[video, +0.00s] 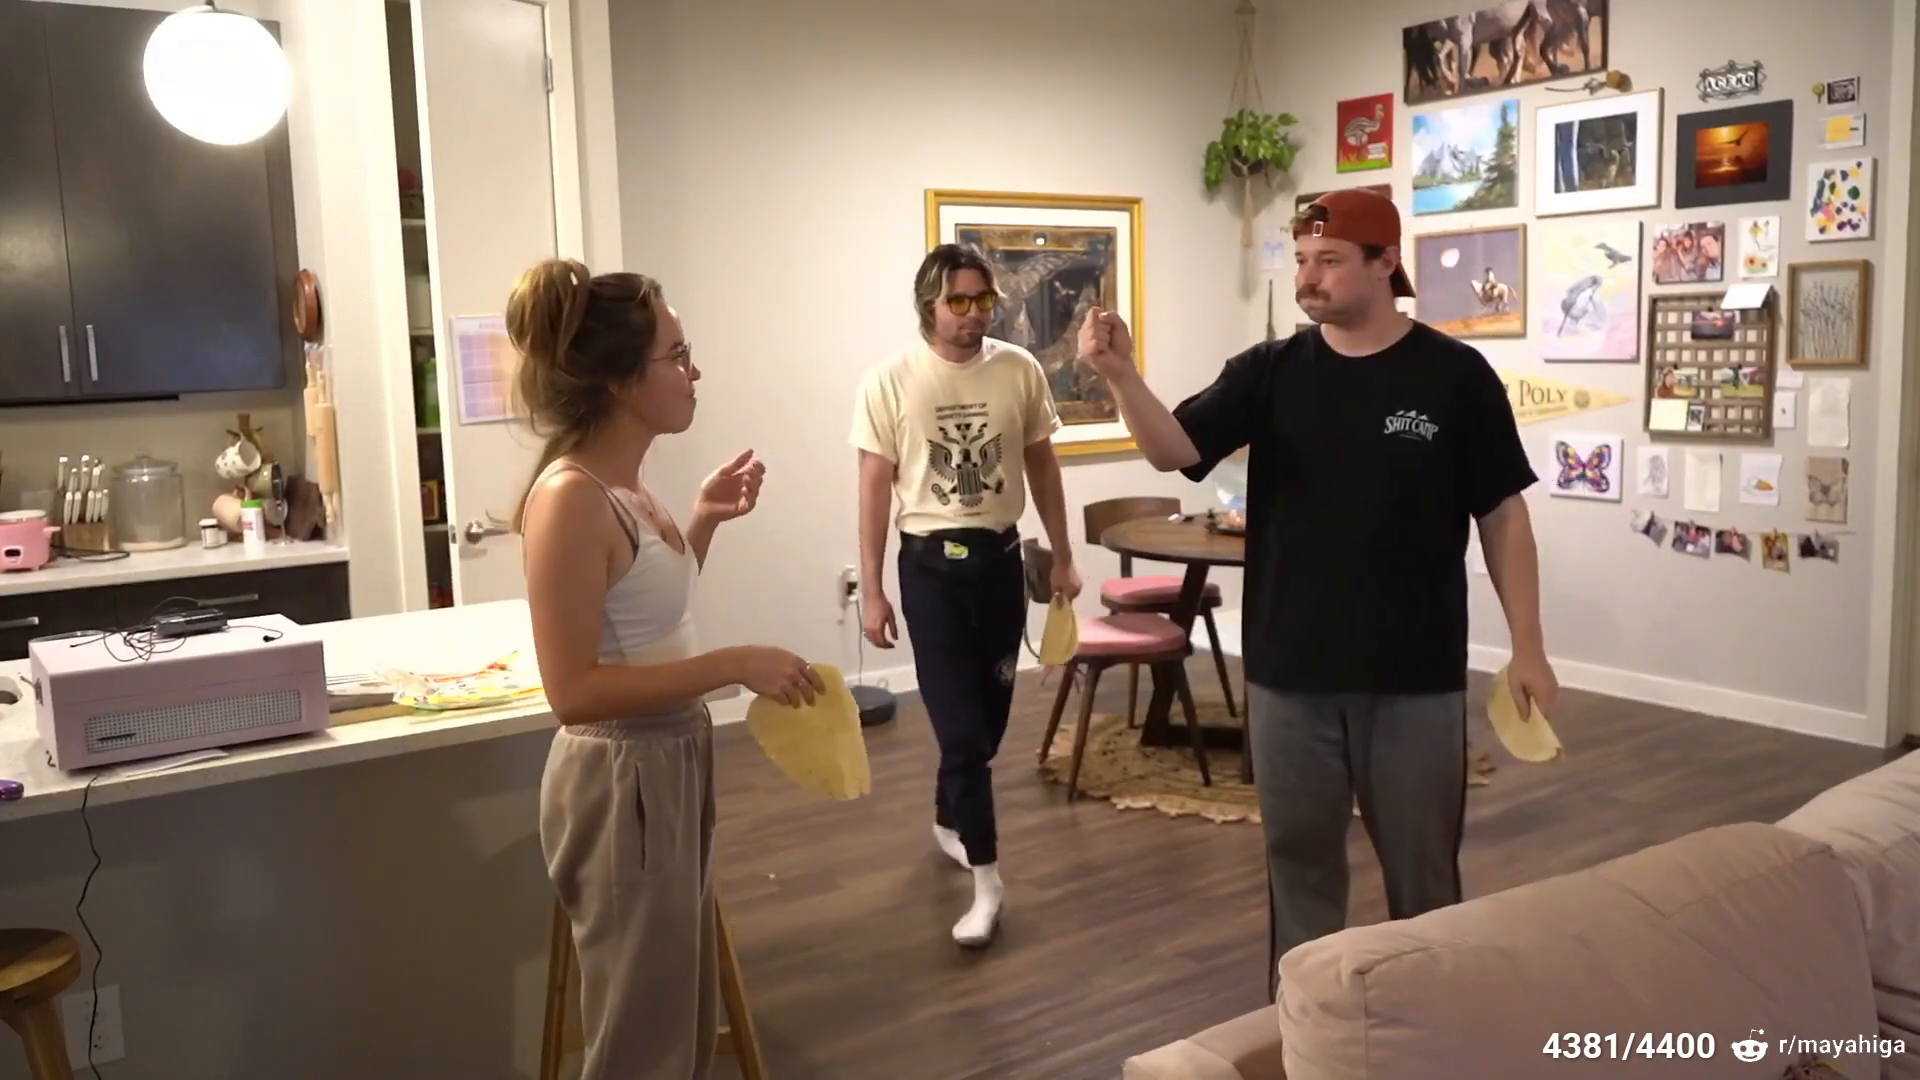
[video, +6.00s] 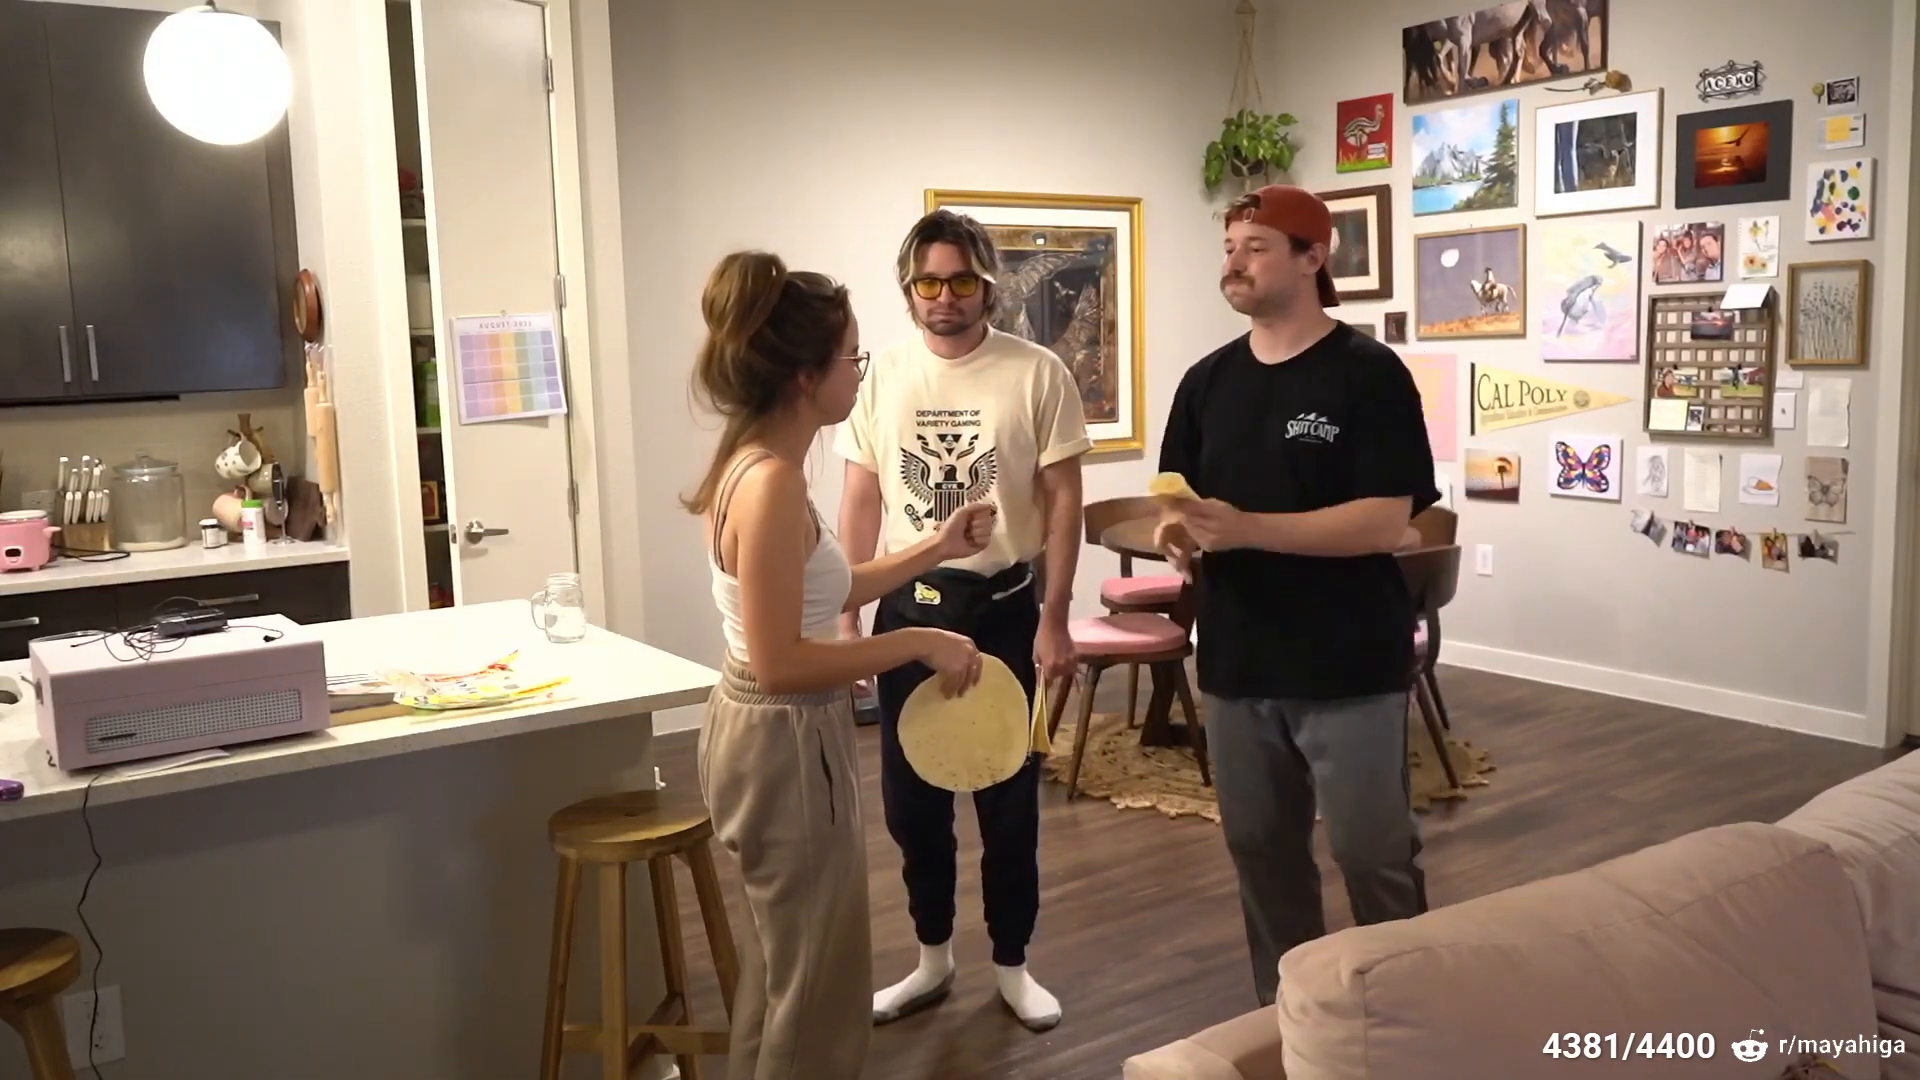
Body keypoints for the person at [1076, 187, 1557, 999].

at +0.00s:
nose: (1306, 275)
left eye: (1327, 260)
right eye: (1300, 261)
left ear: (1384, 267)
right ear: (1297, 269)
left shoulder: (1457, 375)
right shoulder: (1269, 371)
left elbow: (1502, 515)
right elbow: (1176, 450)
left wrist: (1529, 647)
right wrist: (1120, 372)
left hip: (1414, 677)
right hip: (1289, 674)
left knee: (1423, 883)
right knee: (1298, 875)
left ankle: (1436, 1040)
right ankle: (1301, 1039)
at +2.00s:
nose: (1269, 279)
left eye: (1288, 262)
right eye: (1262, 265)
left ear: (1345, 268)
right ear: (1256, 274)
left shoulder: (1422, 372)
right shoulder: (1236, 376)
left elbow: (1475, 512)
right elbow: (1139, 453)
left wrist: (1496, 642)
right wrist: (1175, 334)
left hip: (1400, 679)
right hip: (1272, 684)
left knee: (1418, 881)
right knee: (1293, 884)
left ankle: (1438, 1038)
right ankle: (1305, 1042)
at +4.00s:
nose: (1302, 257)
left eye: (1325, 242)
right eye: (1300, 244)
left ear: (1382, 256)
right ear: (1299, 261)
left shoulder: (1448, 376)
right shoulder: (1259, 371)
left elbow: (1490, 521)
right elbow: (1178, 472)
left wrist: (1506, 654)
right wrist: (1135, 431)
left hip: (1408, 677)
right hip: (1283, 675)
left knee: (1420, 874)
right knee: (1295, 865)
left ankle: (1433, 1031)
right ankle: (1301, 1027)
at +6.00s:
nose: (1234, 263)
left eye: (1256, 248)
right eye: (1230, 250)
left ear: (1311, 261)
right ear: (1228, 264)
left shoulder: (1371, 372)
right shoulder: (1205, 382)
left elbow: (1388, 521)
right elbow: (1175, 508)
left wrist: (1242, 528)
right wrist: (1170, 534)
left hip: (1354, 675)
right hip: (1237, 674)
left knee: (1375, 865)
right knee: (1265, 870)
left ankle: (1406, 1019)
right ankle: (1294, 1026)